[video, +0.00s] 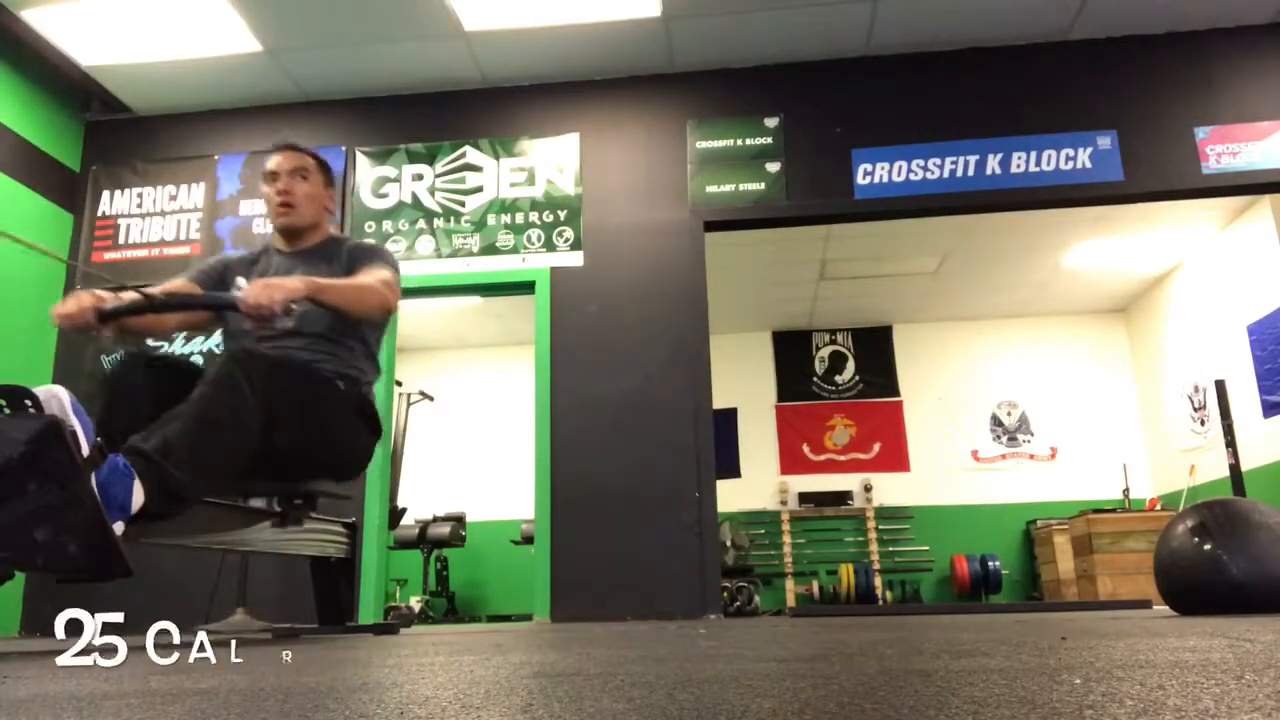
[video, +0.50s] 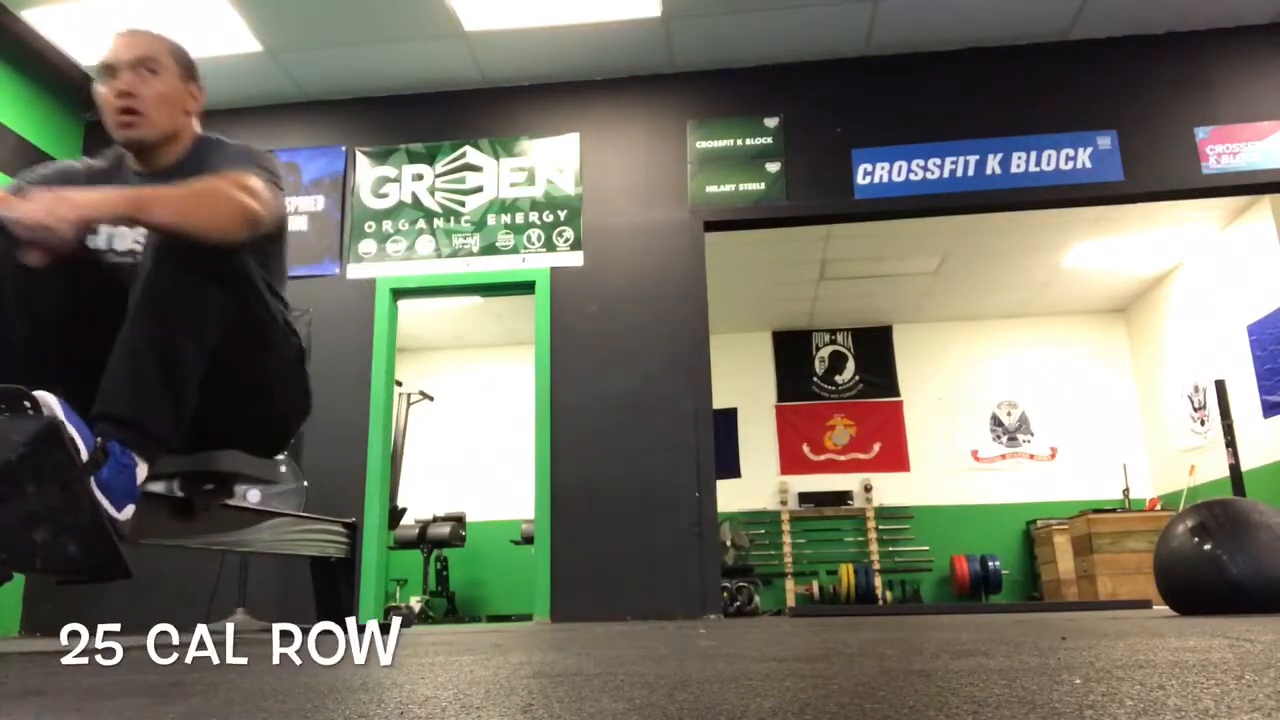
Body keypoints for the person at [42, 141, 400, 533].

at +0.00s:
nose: (282, 187)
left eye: (300, 177)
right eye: (273, 179)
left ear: (330, 200)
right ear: (263, 196)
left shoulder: (362, 257)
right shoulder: (242, 268)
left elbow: (381, 299)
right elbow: (168, 309)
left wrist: (301, 286)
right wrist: (106, 307)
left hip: (335, 420)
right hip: (242, 413)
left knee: (243, 371)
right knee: (139, 370)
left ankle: (128, 488)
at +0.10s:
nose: (260, 171)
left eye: (278, 160)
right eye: (250, 162)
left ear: (309, 184)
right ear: (239, 181)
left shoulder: (341, 242)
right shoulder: (218, 253)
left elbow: (365, 287)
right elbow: (141, 291)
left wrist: (280, 275)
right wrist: (74, 296)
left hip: (322, 421)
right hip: (226, 420)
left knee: (241, 339)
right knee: (119, 338)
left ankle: (122, 488)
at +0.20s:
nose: (229, 152)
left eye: (249, 140)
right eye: (219, 142)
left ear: (285, 164)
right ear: (209, 162)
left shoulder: (316, 224)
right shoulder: (192, 238)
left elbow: (342, 272)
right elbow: (105, 272)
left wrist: (243, 264)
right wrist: (30, 283)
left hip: (301, 418)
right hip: (199, 419)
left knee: (233, 314)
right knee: (106, 312)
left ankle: (123, 478)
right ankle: (23, 450)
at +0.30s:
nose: (196, 130)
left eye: (216, 116)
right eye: (183, 119)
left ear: (252, 137)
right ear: (172, 139)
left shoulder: (294, 204)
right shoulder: (161, 220)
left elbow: (315, 253)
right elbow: (62, 254)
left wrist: (200, 251)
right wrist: (15, 262)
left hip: (282, 413)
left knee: (220, 284)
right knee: (73, 284)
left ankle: (124, 466)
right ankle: (16, 442)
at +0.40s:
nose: (157, 107)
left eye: (180, 92)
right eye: (144, 96)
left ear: (223, 117)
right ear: (133, 117)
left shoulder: (266, 180)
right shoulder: (113, 197)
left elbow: (281, 233)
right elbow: (12, 233)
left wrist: (159, 227)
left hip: (261, 407)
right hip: (144, 404)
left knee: (208, 256)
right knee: (30, 265)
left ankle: (124, 458)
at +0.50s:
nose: (123, 85)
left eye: (146, 70)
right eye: (108, 74)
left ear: (194, 97)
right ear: (96, 100)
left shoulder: (239, 164)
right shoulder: (71, 180)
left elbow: (244, 212)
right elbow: (8, 204)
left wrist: (92, 204)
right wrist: (30, 227)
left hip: (242, 399)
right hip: (114, 388)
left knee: (190, 237)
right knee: (17, 244)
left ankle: (125, 451)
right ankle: (16, 437)